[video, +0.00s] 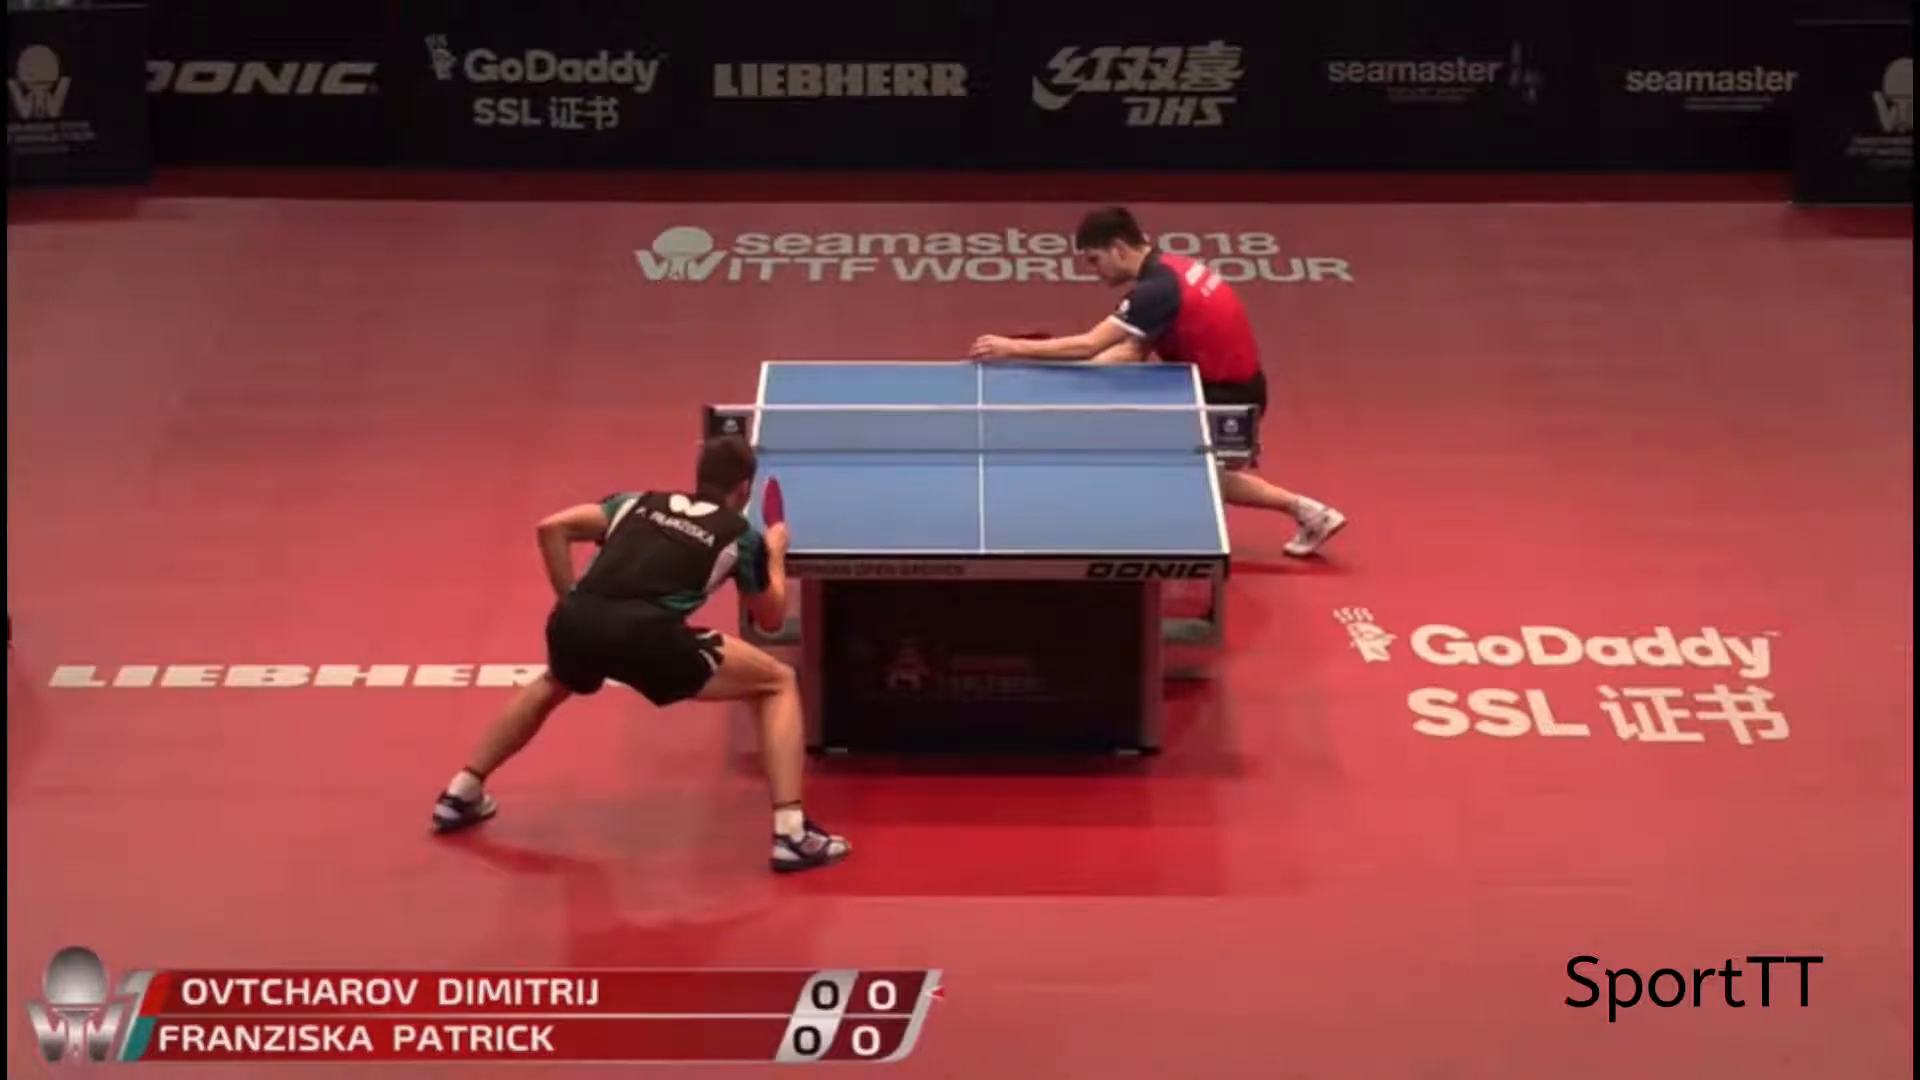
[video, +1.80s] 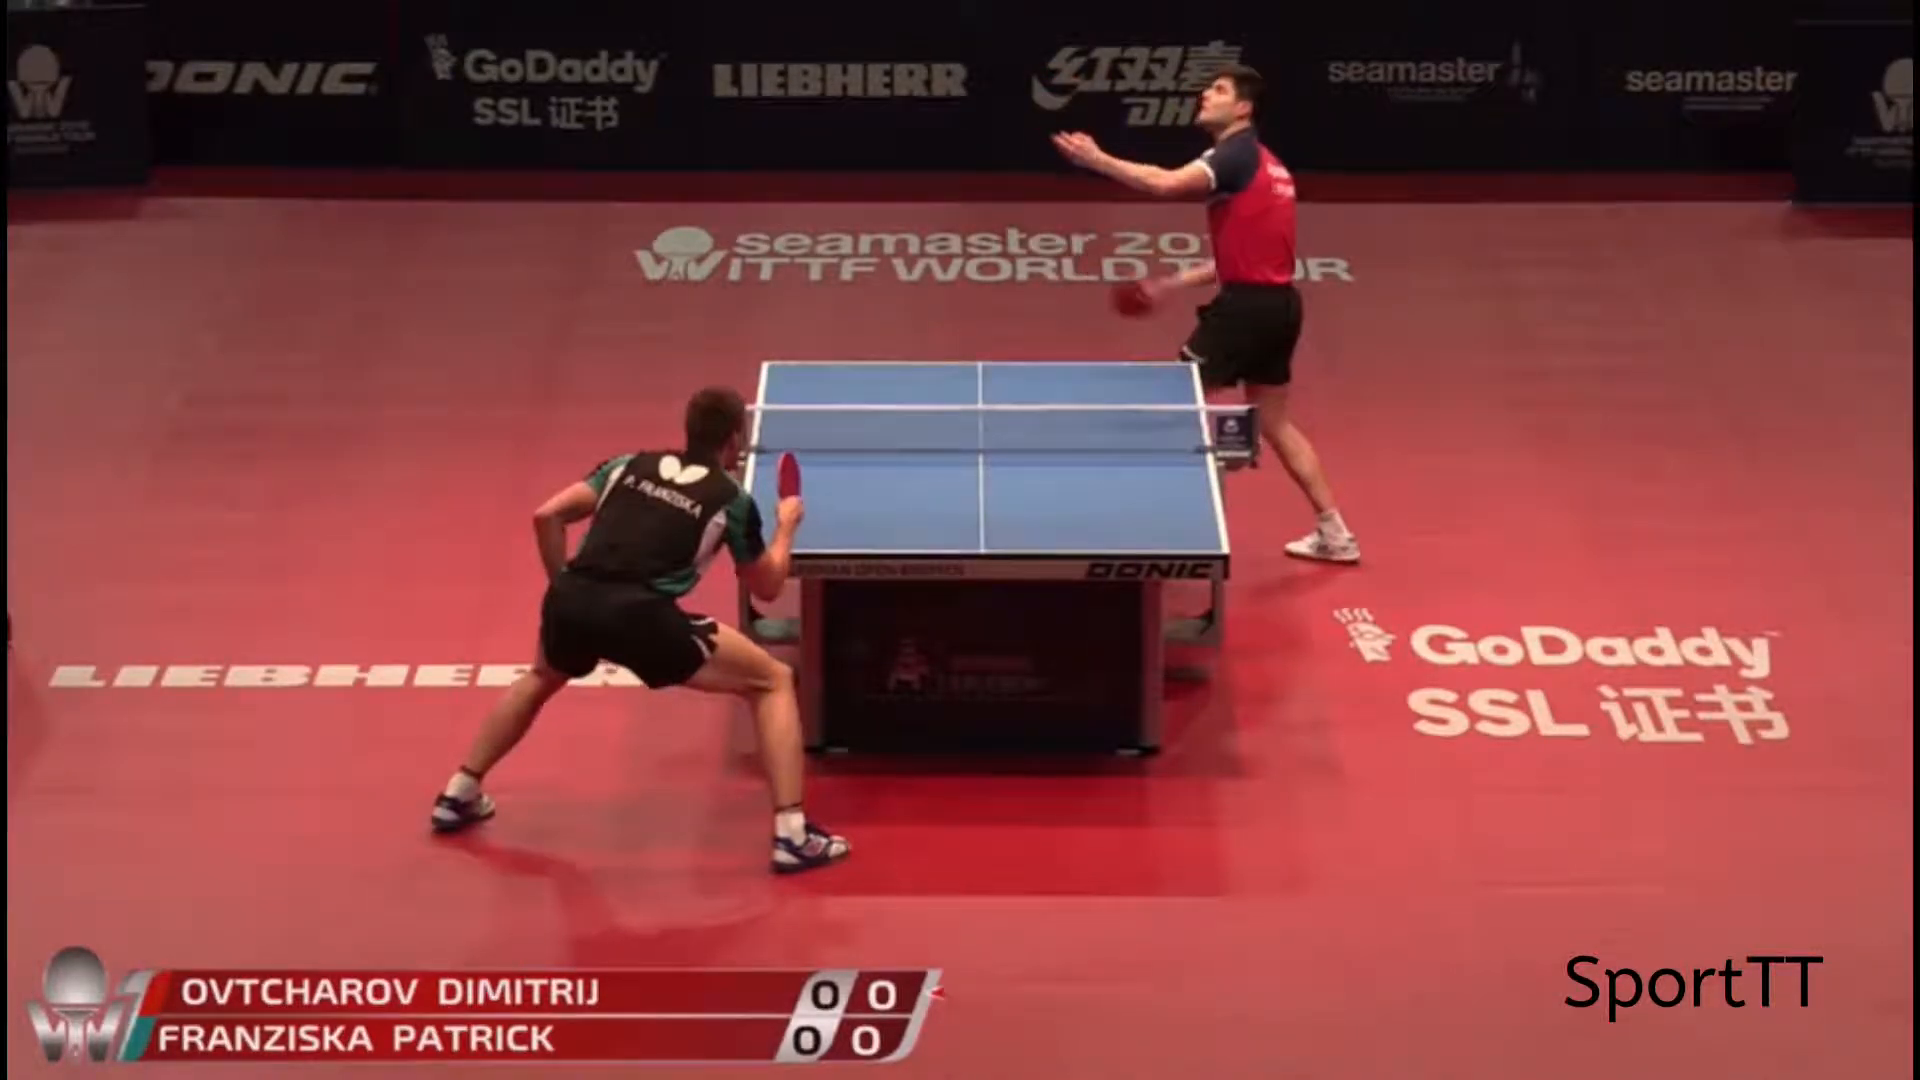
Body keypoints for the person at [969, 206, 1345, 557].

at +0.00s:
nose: (1093, 271)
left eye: (1094, 260)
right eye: (1090, 262)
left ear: (1119, 248)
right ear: (1128, 245)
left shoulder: (1158, 284)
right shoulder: (1166, 269)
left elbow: (1088, 345)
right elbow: (1135, 349)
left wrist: (1012, 348)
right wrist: (1079, 374)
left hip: (1231, 391)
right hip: (1210, 382)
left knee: (1213, 478)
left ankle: (1309, 512)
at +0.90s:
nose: (1132, 216)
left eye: (1138, 207)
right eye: (1133, 207)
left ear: (1167, 208)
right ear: (1174, 210)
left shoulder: (1178, 262)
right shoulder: (1207, 249)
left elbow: (1098, 312)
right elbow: (1136, 323)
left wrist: (1023, 326)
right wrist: (1070, 322)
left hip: (1224, 390)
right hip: (1242, 383)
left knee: (1216, 477)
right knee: (1219, 475)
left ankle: (1311, 513)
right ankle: (1310, 515)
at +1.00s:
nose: (1145, 184)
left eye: (1154, 176)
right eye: (1147, 175)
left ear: (1180, 181)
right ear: (1182, 183)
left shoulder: (1188, 234)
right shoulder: (1210, 223)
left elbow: (1112, 276)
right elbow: (1139, 283)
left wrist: (1053, 278)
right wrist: (1070, 273)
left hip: (1223, 369)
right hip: (1238, 364)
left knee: (1230, 467)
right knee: (1232, 466)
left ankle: (1319, 516)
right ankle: (1318, 517)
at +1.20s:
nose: (1159, 139)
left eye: (1171, 131)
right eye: (1162, 131)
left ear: (1200, 142)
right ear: (1195, 143)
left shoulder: (1202, 183)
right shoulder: (1212, 189)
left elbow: (1121, 162)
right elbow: (1127, 205)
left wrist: (1063, 108)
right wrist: (1074, 151)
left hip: (1217, 337)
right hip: (1241, 336)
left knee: (1130, 410)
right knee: (1242, 445)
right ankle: (1325, 520)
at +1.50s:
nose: (1181, 110)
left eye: (1192, 103)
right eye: (1184, 101)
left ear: (1220, 117)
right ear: (1217, 120)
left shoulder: (1216, 161)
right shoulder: (1229, 165)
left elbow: (1136, 155)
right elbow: (1144, 192)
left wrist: (1068, 115)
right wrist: (1088, 137)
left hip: (1225, 315)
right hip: (1253, 315)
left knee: (1145, 406)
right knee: (1250, 430)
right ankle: (1330, 525)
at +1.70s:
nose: (1198, 101)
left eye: (1210, 94)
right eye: (1201, 93)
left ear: (1238, 109)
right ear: (1236, 113)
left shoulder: (1232, 155)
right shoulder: (1258, 162)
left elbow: (1155, 177)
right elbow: (1204, 243)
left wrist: (1085, 146)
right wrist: (1124, 240)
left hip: (1237, 307)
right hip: (1272, 307)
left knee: (1162, 403)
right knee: (1267, 425)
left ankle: (1162, 528)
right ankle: (1334, 530)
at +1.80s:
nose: (1204, 98)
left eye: (1216, 92)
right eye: (1208, 90)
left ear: (1244, 107)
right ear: (1242, 111)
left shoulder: (1237, 154)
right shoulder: (1268, 161)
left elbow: (1168, 183)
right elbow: (1242, 255)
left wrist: (1097, 159)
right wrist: (1168, 283)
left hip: (1241, 305)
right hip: (1279, 304)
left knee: (1172, 406)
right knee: (1274, 420)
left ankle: (1166, 530)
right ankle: (1334, 529)